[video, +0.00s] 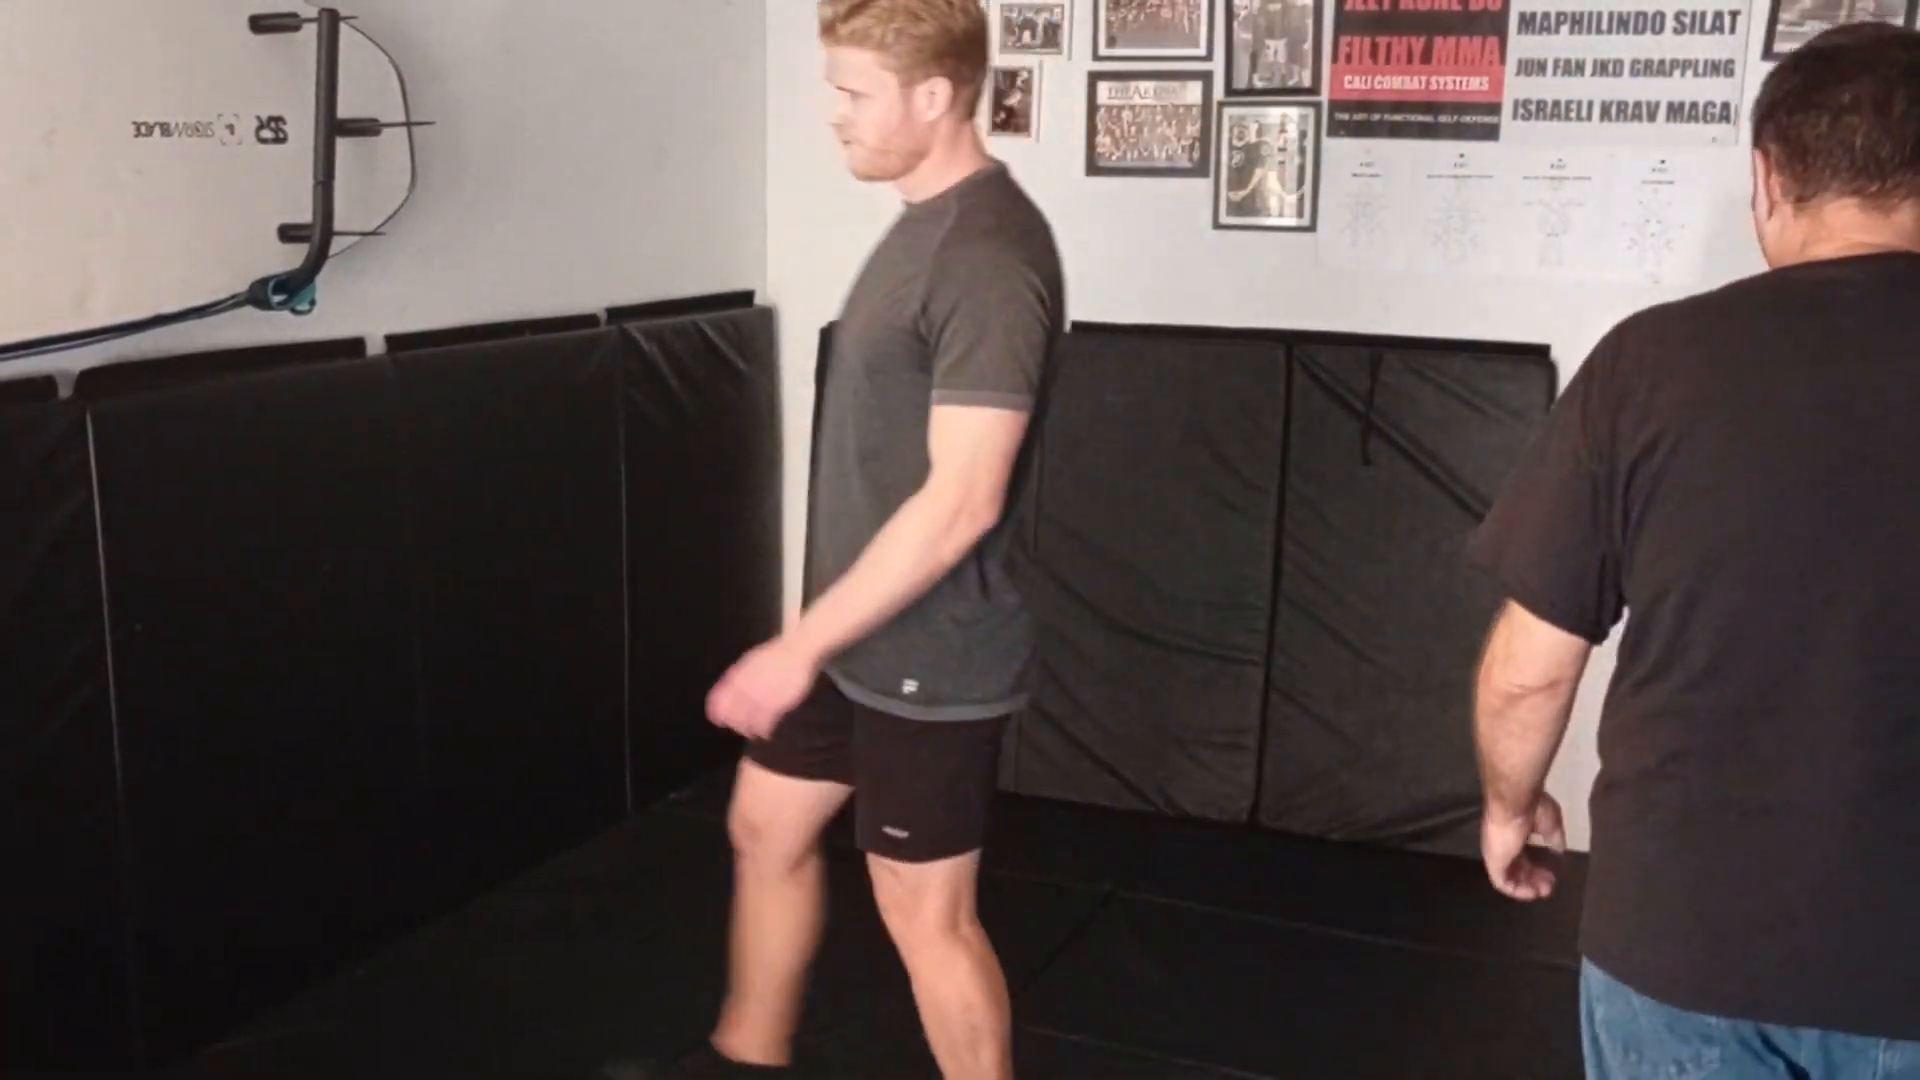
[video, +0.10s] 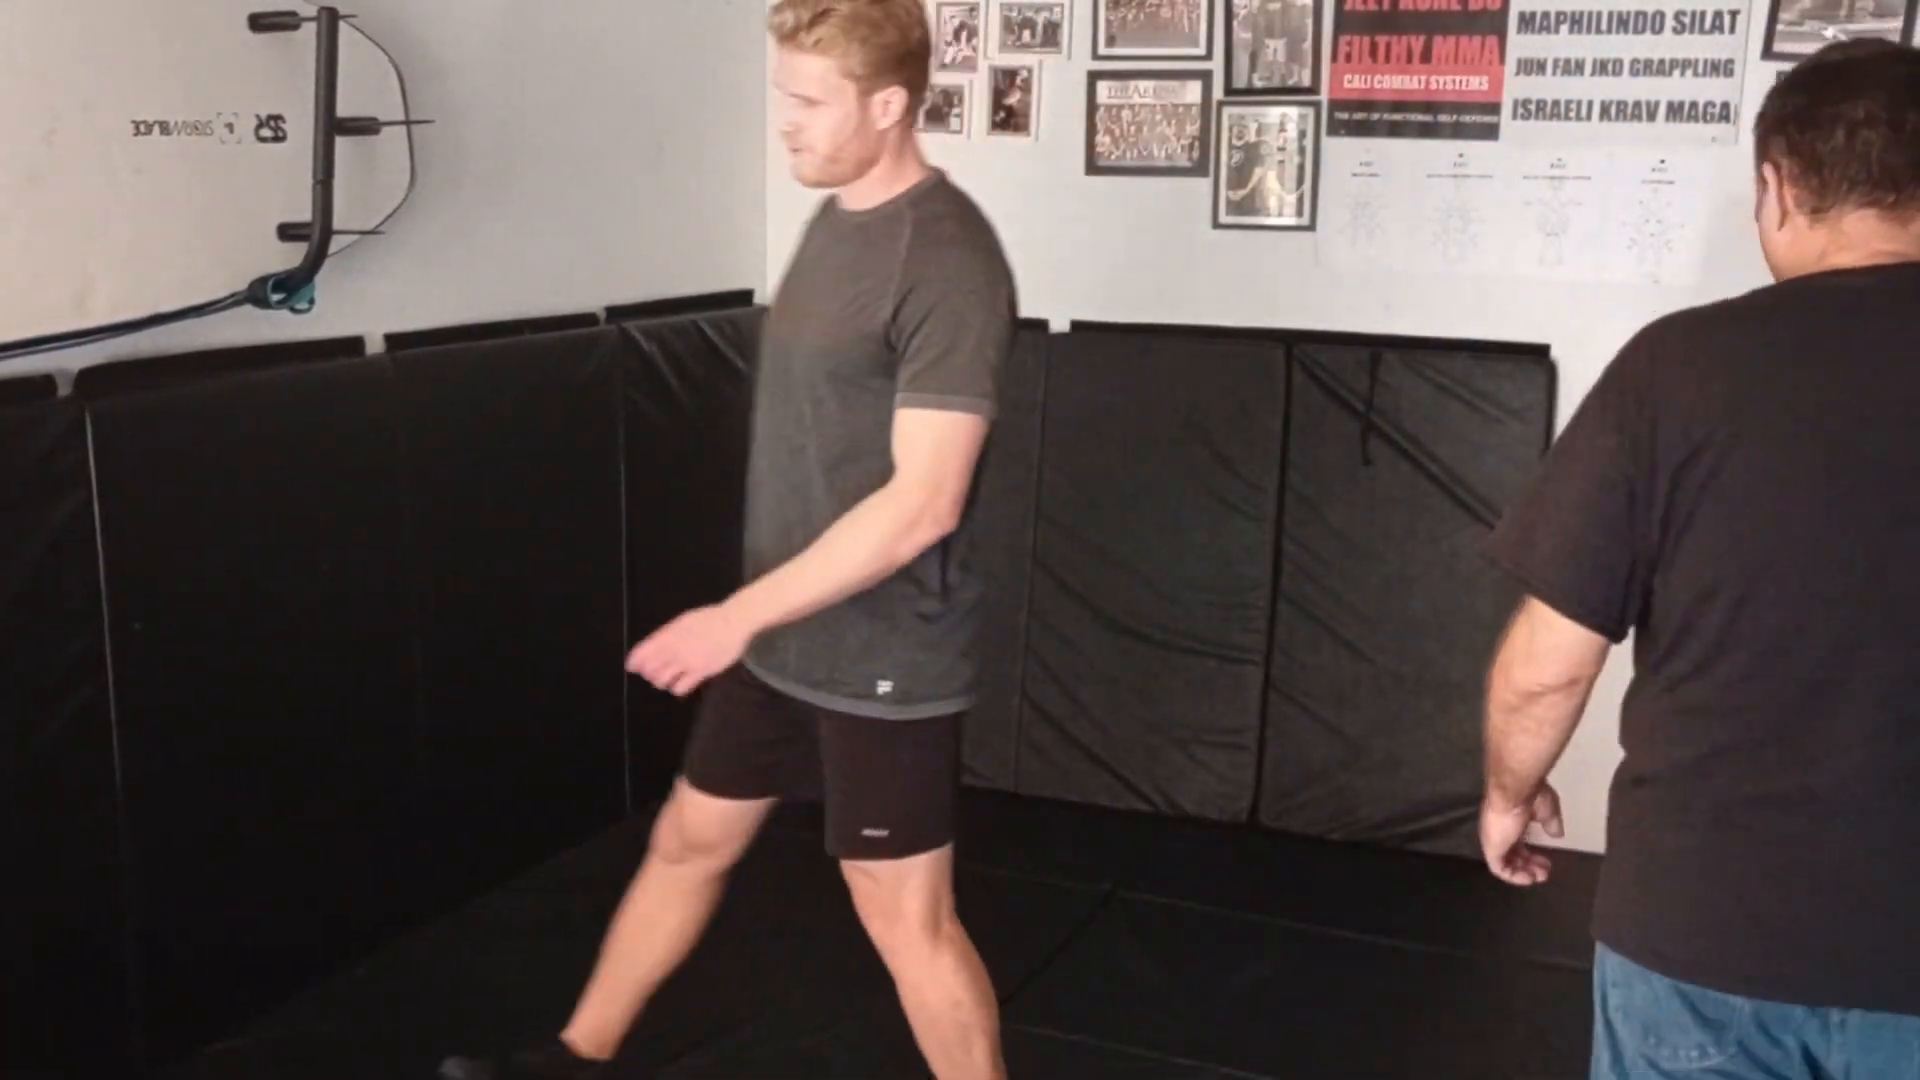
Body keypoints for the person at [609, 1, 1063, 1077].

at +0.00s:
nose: (835, 117)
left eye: (854, 95)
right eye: (834, 92)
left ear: (935, 100)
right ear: (928, 101)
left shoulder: (992, 256)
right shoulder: (926, 227)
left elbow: (966, 503)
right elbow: (902, 464)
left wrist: (799, 648)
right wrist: (830, 631)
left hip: (935, 668)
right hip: (852, 640)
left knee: (931, 918)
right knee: (766, 830)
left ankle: (983, 1074)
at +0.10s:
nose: (785, 124)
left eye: (808, 104)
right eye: (780, 97)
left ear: (889, 108)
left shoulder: (953, 264)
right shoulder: (840, 216)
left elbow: (927, 505)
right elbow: (823, 438)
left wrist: (737, 619)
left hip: (890, 663)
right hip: (780, 636)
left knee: (912, 921)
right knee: (690, 839)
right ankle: (580, 1052)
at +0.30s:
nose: (722, 160)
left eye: (750, 139)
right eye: (706, 130)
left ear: (791, 138)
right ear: (679, 119)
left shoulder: (834, 295)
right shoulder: (637, 239)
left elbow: (848, 521)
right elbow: (588, 410)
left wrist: (694, 678)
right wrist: (534, 593)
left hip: (775, 672)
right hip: (618, 655)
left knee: (842, 926)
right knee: (547, 892)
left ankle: (970, 1076)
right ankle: (529, 1075)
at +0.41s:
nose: (702, 157)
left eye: (726, 133)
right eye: (681, 126)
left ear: (748, 125)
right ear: (632, 106)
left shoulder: (787, 281)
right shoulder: (549, 233)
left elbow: (799, 496)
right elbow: (466, 403)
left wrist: (723, 663)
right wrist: (391, 577)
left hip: (728, 660)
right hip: (559, 646)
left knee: (790, 898)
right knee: (508, 881)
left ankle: (930, 1069)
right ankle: (519, 1076)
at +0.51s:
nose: (681, 139)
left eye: (699, 114)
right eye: (659, 110)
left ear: (716, 111)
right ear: (599, 93)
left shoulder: (748, 261)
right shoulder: (488, 222)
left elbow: (769, 455)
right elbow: (375, 381)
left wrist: (743, 625)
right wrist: (278, 549)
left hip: (688, 636)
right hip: (525, 631)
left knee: (739, 872)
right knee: (504, 872)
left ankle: (839, 1046)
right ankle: (520, 1076)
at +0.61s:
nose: (664, 123)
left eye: (679, 100)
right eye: (644, 97)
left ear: (690, 95)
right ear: (573, 81)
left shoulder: (715, 245)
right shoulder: (450, 217)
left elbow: (755, 439)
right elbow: (322, 377)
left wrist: (751, 617)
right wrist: (214, 540)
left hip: (672, 626)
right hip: (506, 628)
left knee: (706, 867)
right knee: (504, 872)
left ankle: (704, 1015)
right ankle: (521, 1075)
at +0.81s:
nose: (642, 109)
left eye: (652, 86)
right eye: (620, 85)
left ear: (658, 85)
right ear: (547, 81)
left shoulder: (676, 237)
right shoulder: (426, 227)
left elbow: (715, 422)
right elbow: (326, 404)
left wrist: (740, 609)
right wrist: (259, 576)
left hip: (640, 621)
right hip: (484, 633)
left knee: (623, 833)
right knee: (502, 880)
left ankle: (524, 1006)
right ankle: (514, 1068)